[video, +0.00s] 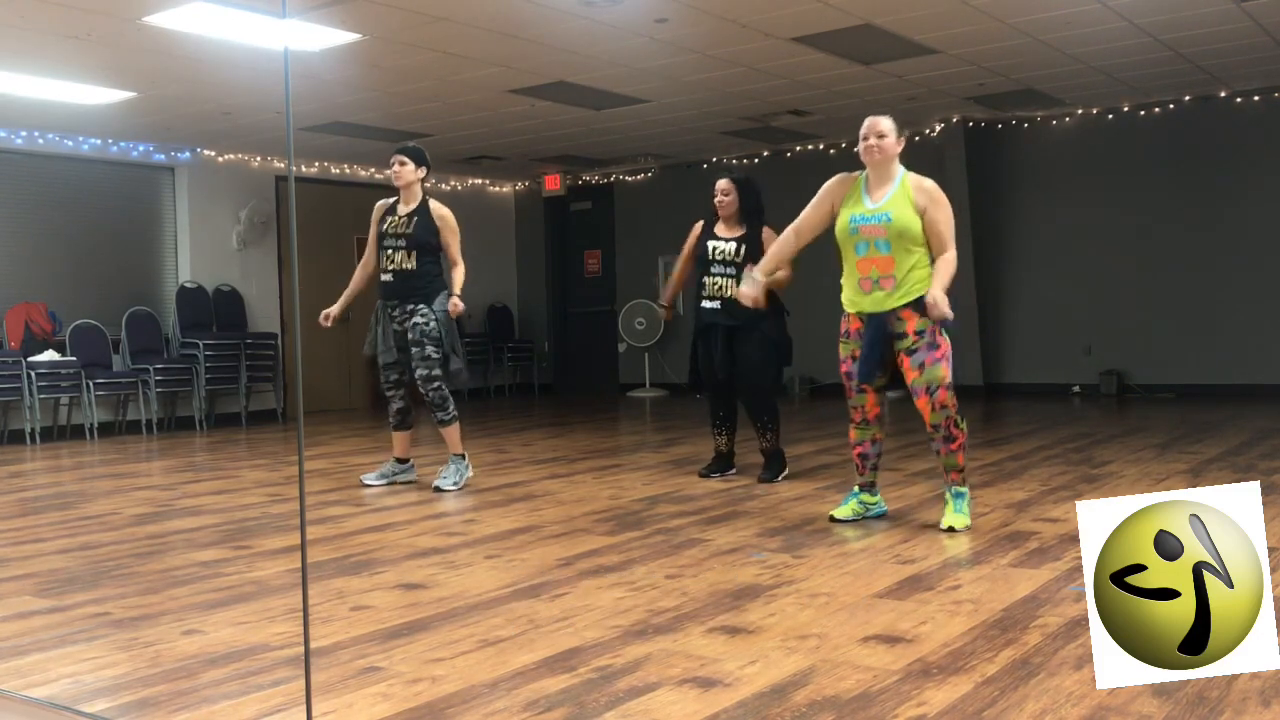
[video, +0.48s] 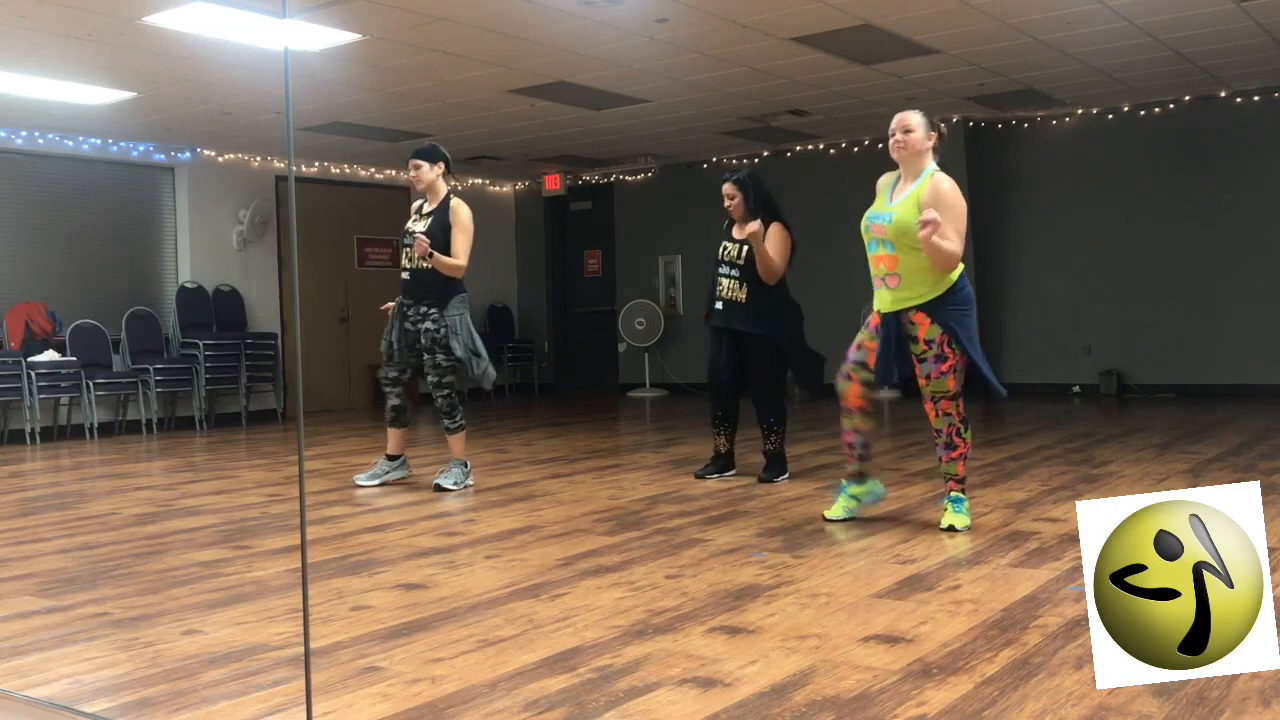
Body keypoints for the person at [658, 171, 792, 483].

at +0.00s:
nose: (719, 199)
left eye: (726, 194)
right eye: (716, 194)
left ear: (742, 198)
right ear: (713, 199)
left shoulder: (762, 235)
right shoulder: (702, 230)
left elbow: (785, 273)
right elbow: (683, 266)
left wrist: (765, 281)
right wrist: (667, 300)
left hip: (754, 330)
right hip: (713, 329)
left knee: (756, 391)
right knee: (718, 392)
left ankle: (773, 458)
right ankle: (723, 458)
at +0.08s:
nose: (722, 203)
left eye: (728, 197)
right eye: (720, 197)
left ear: (747, 199)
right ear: (718, 201)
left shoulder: (766, 236)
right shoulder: (713, 228)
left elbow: (771, 285)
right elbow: (709, 272)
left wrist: (758, 263)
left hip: (755, 331)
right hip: (716, 330)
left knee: (761, 392)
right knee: (720, 392)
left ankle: (774, 460)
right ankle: (723, 457)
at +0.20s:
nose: (723, 201)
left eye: (729, 195)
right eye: (721, 196)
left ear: (747, 196)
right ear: (721, 200)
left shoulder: (768, 230)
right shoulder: (723, 229)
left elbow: (776, 277)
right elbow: (725, 275)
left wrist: (752, 253)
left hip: (761, 327)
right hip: (721, 326)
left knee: (764, 389)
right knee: (710, 386)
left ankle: (775, 459)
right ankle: (720, 452)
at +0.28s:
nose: (724, 206)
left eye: (730, 199)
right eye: (722, 200)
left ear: (749, 199)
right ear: (723, 202)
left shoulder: (770, 233)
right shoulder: (730, 233)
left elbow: (777, 280)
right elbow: (733, 280)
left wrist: (754, 250)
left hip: (765, 330)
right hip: (728, 329)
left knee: (767, 390)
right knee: (701, 381)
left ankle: (775, 459)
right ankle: (714, 445)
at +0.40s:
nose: (726, 205)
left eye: (731, 198)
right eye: (723, 199)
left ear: (750, 198)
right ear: (725, 201)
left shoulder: (773, 232)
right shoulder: (731, 232)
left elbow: (773, 280)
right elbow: (734, 278)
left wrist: (755, 249)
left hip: (766, 329)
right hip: (729, 328)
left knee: (768, 391)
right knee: (706, 381)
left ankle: (776, 459)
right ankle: (717, 449)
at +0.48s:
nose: (727, 204)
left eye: (732, 198)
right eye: (724, 198)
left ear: (751, 197)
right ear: (725, 200)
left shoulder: (774, 230)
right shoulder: (730, 229)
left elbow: (772, 275)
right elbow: (728, 275)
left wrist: (757, 242)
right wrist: (716, 311)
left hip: (765, 328)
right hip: (728, 326)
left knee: (767, 390)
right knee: (723, 388)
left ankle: (776, 460)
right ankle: (723, 457)